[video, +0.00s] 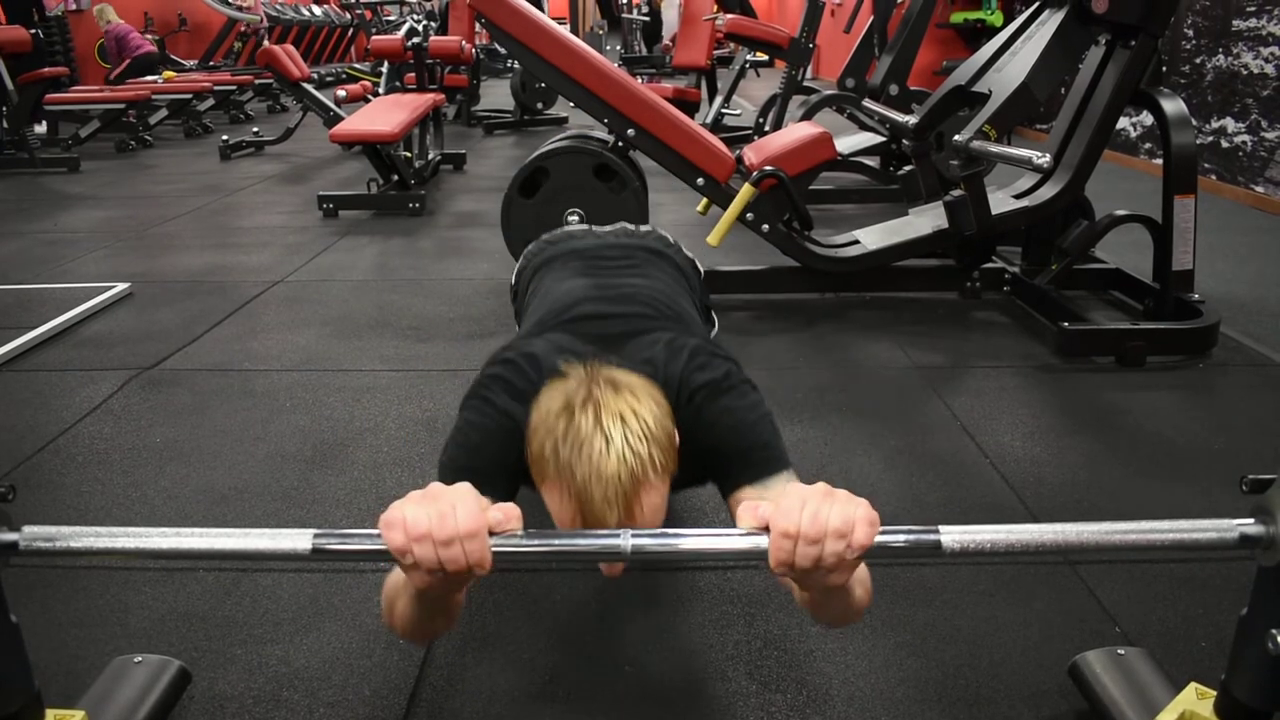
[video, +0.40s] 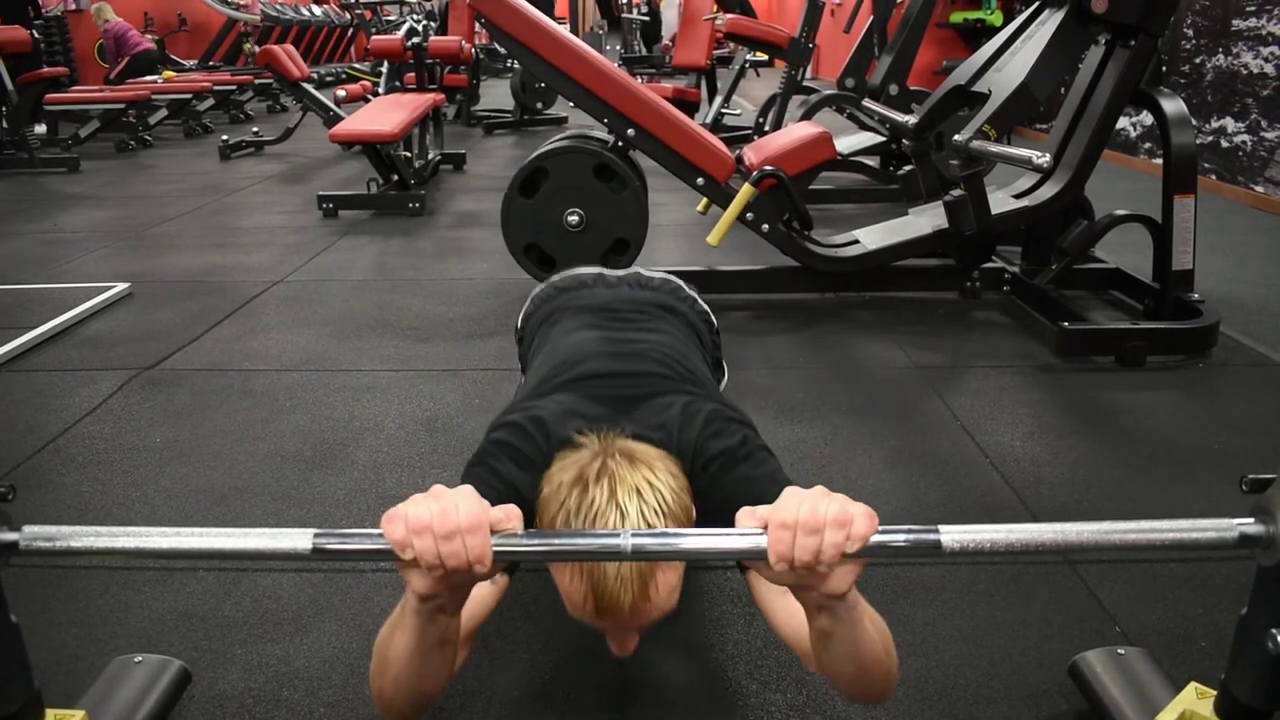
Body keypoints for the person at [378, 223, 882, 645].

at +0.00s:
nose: (612, 561)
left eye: (633, 530)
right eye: (586, 537)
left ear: (668, 464)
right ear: (536, 479)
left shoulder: (715, 395)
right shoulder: (497, 408)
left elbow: (841, 611)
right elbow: (412, 627)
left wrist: (823, 564)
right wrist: (436, 571)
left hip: (660, 250)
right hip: (549, 253)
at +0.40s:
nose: (622, 649)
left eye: (648, 618)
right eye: (594, 621)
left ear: (687, 544)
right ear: (545, 552)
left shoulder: (729, 463)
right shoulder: (508, 469)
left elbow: (871, 687)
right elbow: (398, 701)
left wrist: (831, 600)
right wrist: (432, 602)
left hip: (674, 296)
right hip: (556, 298)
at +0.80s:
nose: (625, 717)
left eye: (658, 701)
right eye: (596, 706)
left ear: (689, 613)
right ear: (551, 623)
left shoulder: (742, 525)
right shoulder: (507, 532)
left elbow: (860, 709)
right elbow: (415, 707)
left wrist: (836, 611)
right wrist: (429, 609)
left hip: (681, 355)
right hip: (563, 352)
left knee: (662, 306)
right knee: (584, 303)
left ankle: (648, 284)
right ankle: (600, 280)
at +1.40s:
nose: (626, 679)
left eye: (654, 647)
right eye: (598, 650)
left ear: (692, 577)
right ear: (552, 583)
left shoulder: (747, 492)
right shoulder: (511, 500)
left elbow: (883, 706)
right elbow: (383, 705)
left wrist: (838, 579)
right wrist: (435, 577)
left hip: (686, 317)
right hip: (561, 312)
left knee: (668, 275)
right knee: (588, 271)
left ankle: (656, 251)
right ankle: (600, 250)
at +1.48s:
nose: (627, 613)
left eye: (654, 583)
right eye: (600, 582)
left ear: (694, 516)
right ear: (556, 522)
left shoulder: (738, 431)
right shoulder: (518, 431)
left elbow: (873, 662)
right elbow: (393, 656)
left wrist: (836, 565)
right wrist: (440, 562)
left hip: (683, 265)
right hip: (560, 261)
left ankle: (657, 230)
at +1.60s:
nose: (630, 491)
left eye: (658, 463)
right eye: (607, 464)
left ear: (695, 399)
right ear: (564, 399)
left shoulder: (741, 362)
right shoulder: (518, 357)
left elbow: (856, 575)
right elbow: (410, 561)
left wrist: (831, 527)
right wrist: (445, 503)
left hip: (679, 204)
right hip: (562, 201)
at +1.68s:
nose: (633, 428)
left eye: (661, 396)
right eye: (607, 397)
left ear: (698, 338)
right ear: (569, 342)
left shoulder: (744, 312)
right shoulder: (530, 299)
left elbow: (855, 525)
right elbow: (414, 511)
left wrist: (827, 497)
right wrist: (443, 480)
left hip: (677, 173)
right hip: (561, 173)